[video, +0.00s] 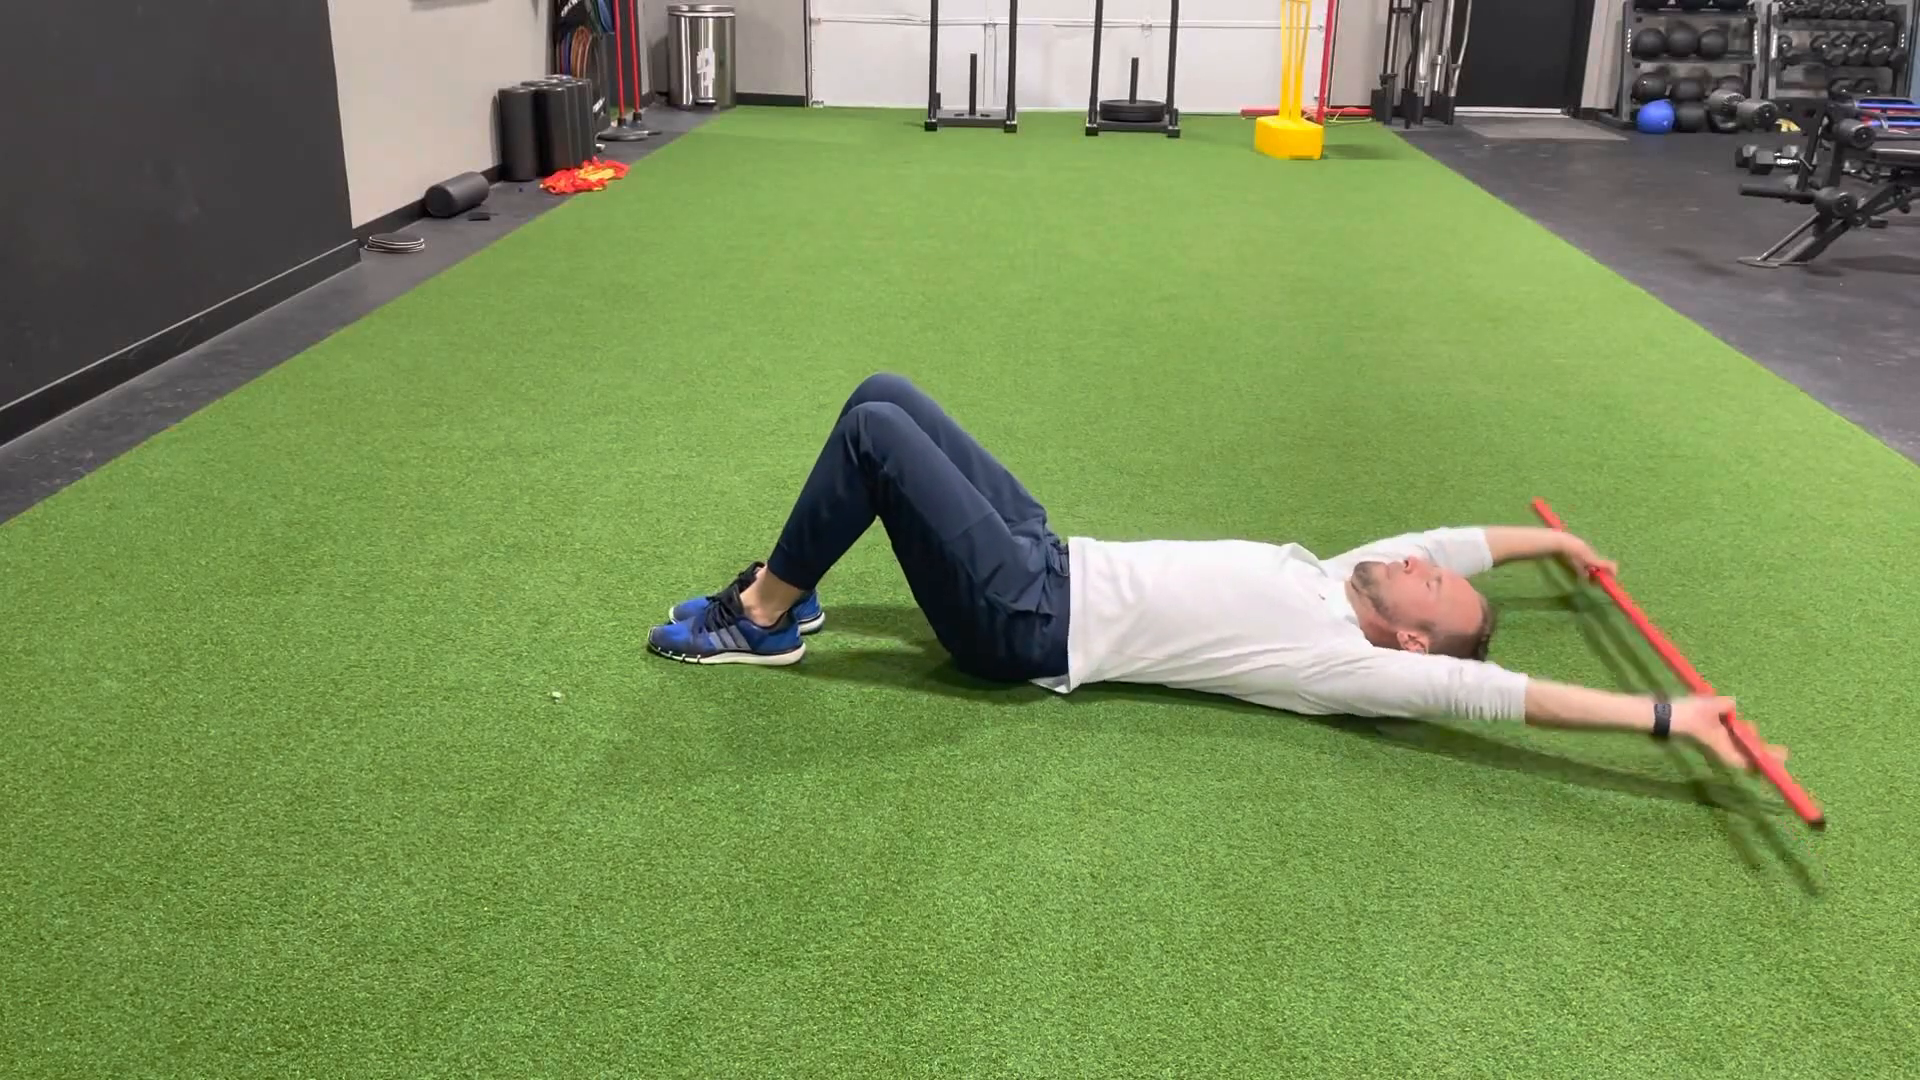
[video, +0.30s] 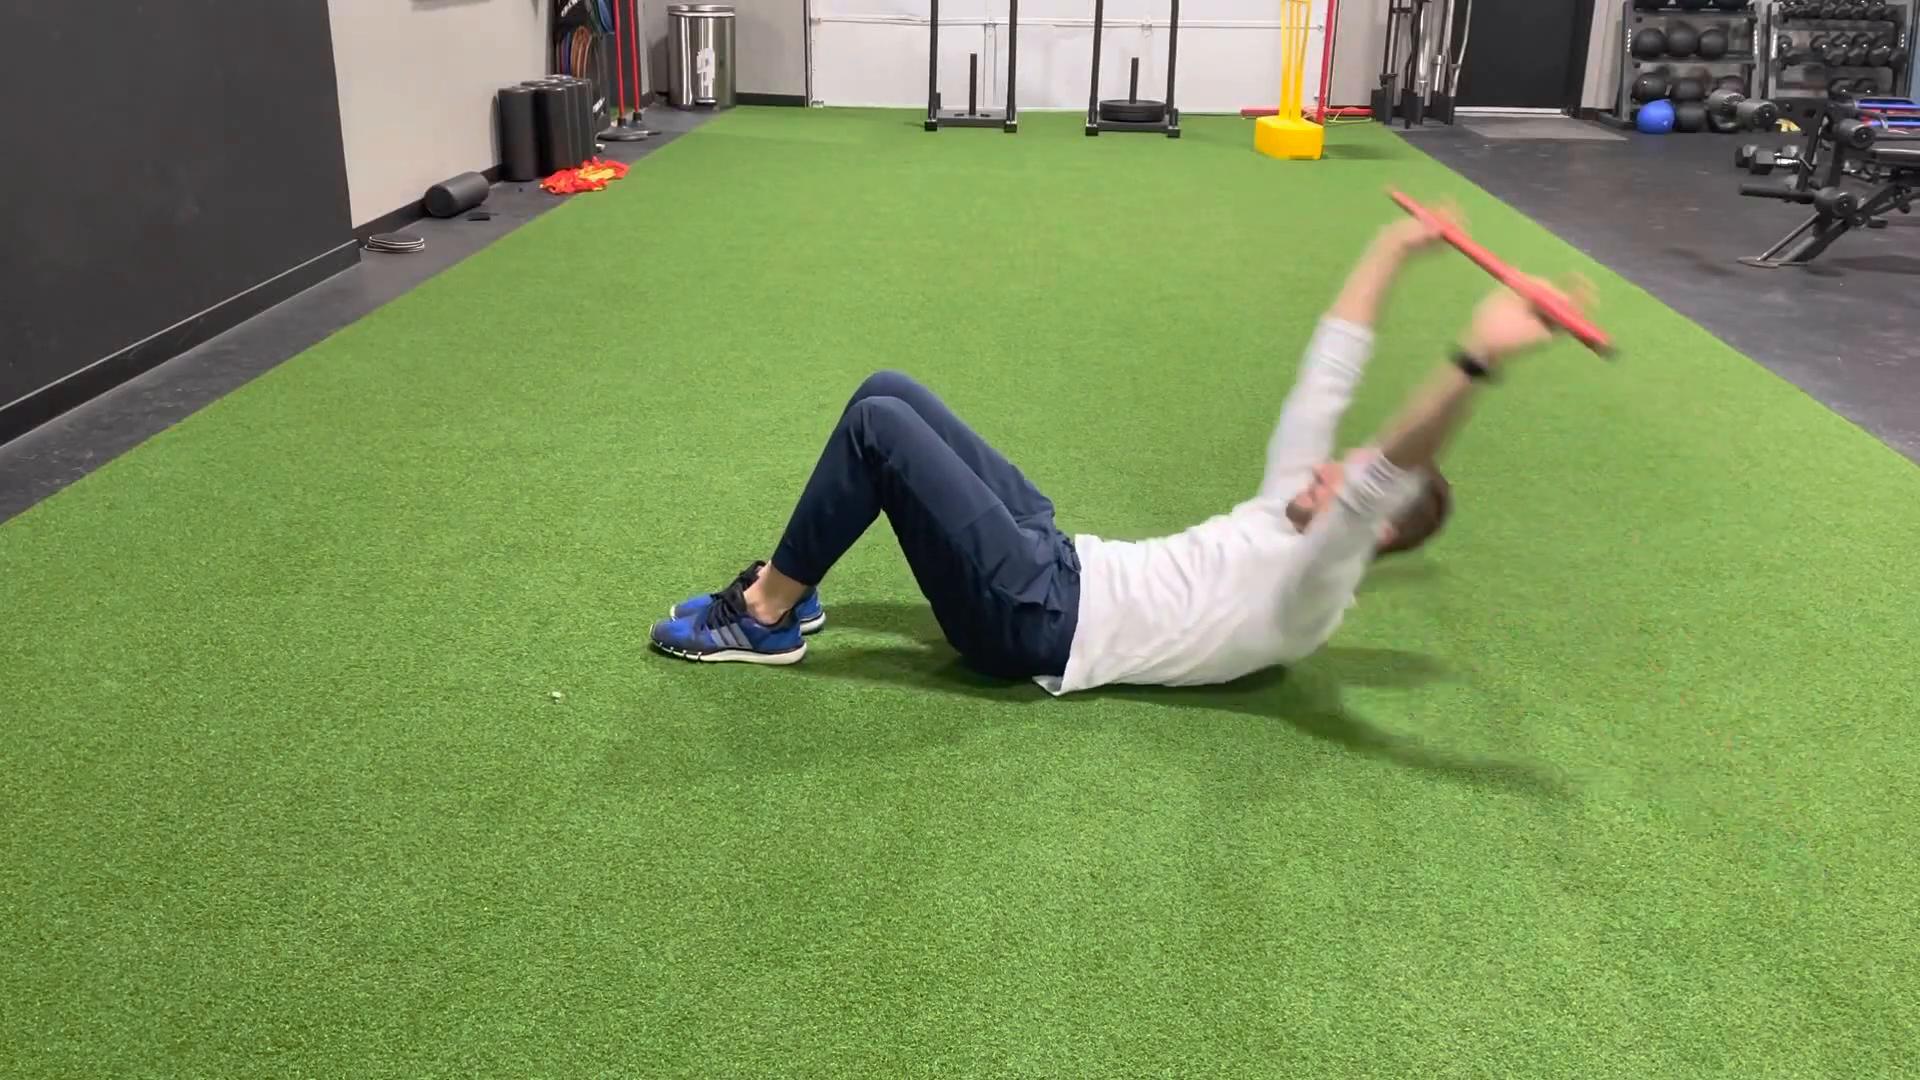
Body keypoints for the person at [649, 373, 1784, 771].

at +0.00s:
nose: (1411, 557)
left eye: (1425, 572)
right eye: (1429, 560)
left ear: (1426, 634)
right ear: (1419, 585)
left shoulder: (1351, 662)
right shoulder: (1346, 588)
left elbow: (1509, 696)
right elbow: (1433, 544)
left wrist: (1673, 715)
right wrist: (1548, 541)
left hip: (1041, 617)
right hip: (1057, 557)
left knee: (874, 415)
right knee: (883, 394)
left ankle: (771, 604)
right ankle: (780, 589)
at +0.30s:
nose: (1345, 476)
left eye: (1371, 484)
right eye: (1351, 465)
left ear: (1387, 530)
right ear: (1338, 476)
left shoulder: (1308, 583)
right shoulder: (1284, 526)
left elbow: (1391, 463)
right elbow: (1323, 382)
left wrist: (1477, 354)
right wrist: (1391, 245)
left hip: (1044, 619)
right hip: (1054, 560)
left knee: (883, 414)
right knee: (891, 392)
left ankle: (768, 606)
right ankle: (778, 586)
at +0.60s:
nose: (1169, 378)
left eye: (1182, 367)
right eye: (1172, 361)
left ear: (1228, 394)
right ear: (1226, 390)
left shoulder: (1221, 478)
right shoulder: (1202, 438)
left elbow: (1147, 355)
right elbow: (1120, 329)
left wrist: (1099, 214)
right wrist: (1061, 188)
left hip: (1034, 621)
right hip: (1045, 567)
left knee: (885, 416)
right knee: (893, 398)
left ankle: (771, 607)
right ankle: (782, 585)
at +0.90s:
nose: (1038, 312)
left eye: (1051, 305)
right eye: (1041, 295)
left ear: (1099, 328)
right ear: (1100, 324)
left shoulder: (1110, 402)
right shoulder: (1111, 373)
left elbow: (1009, 298)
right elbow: (1017, 239)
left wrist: (923, 164)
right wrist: (956, 120)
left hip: (1007, 617)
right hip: (1013, 558)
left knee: (865, 420)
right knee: (878, 390)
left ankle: (757, 611)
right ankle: (778, 586)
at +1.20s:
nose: (968, 296)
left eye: (977, 283)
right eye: (970, 279)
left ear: (1024, 293)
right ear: (1029, 290)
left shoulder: (1037, 367)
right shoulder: (1053, 338)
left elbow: (926, 270)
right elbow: (953, 207)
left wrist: (833, 134)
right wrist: (894, 86)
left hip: (990, 620)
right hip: (1002, 558)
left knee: (847, 426)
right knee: (867, 390)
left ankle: (749, 615)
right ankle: (777, 588)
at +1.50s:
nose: (1020, 308)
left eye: (1034, 299)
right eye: (1021, 292)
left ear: (1083, 315)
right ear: (1082, 312)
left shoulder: (1089, 394)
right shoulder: (1093, 360)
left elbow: (987, 295)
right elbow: (1000, 221)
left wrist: (895, 155)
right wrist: (943, 105)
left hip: (999, 619)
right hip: (1002, 554)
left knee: (852, 425)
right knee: (869, 388)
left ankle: (752, 614)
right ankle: (776, 586)